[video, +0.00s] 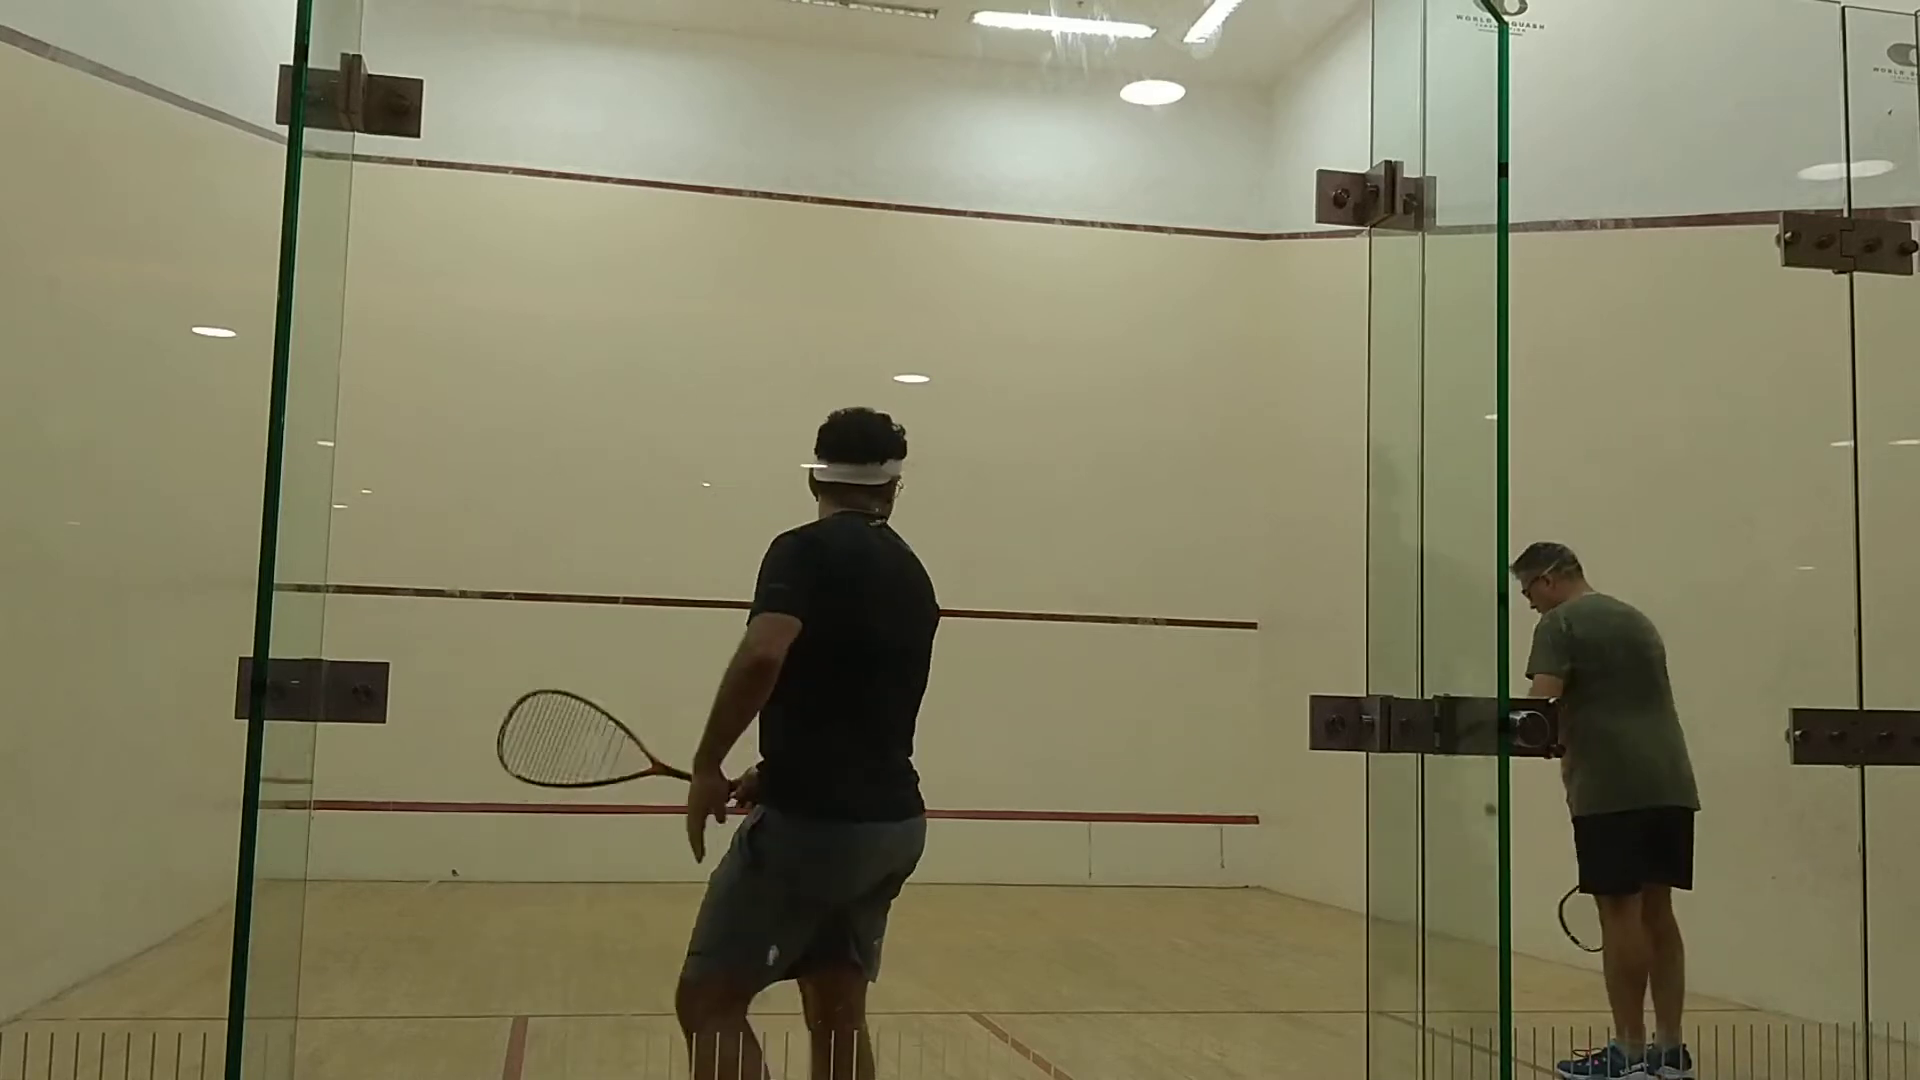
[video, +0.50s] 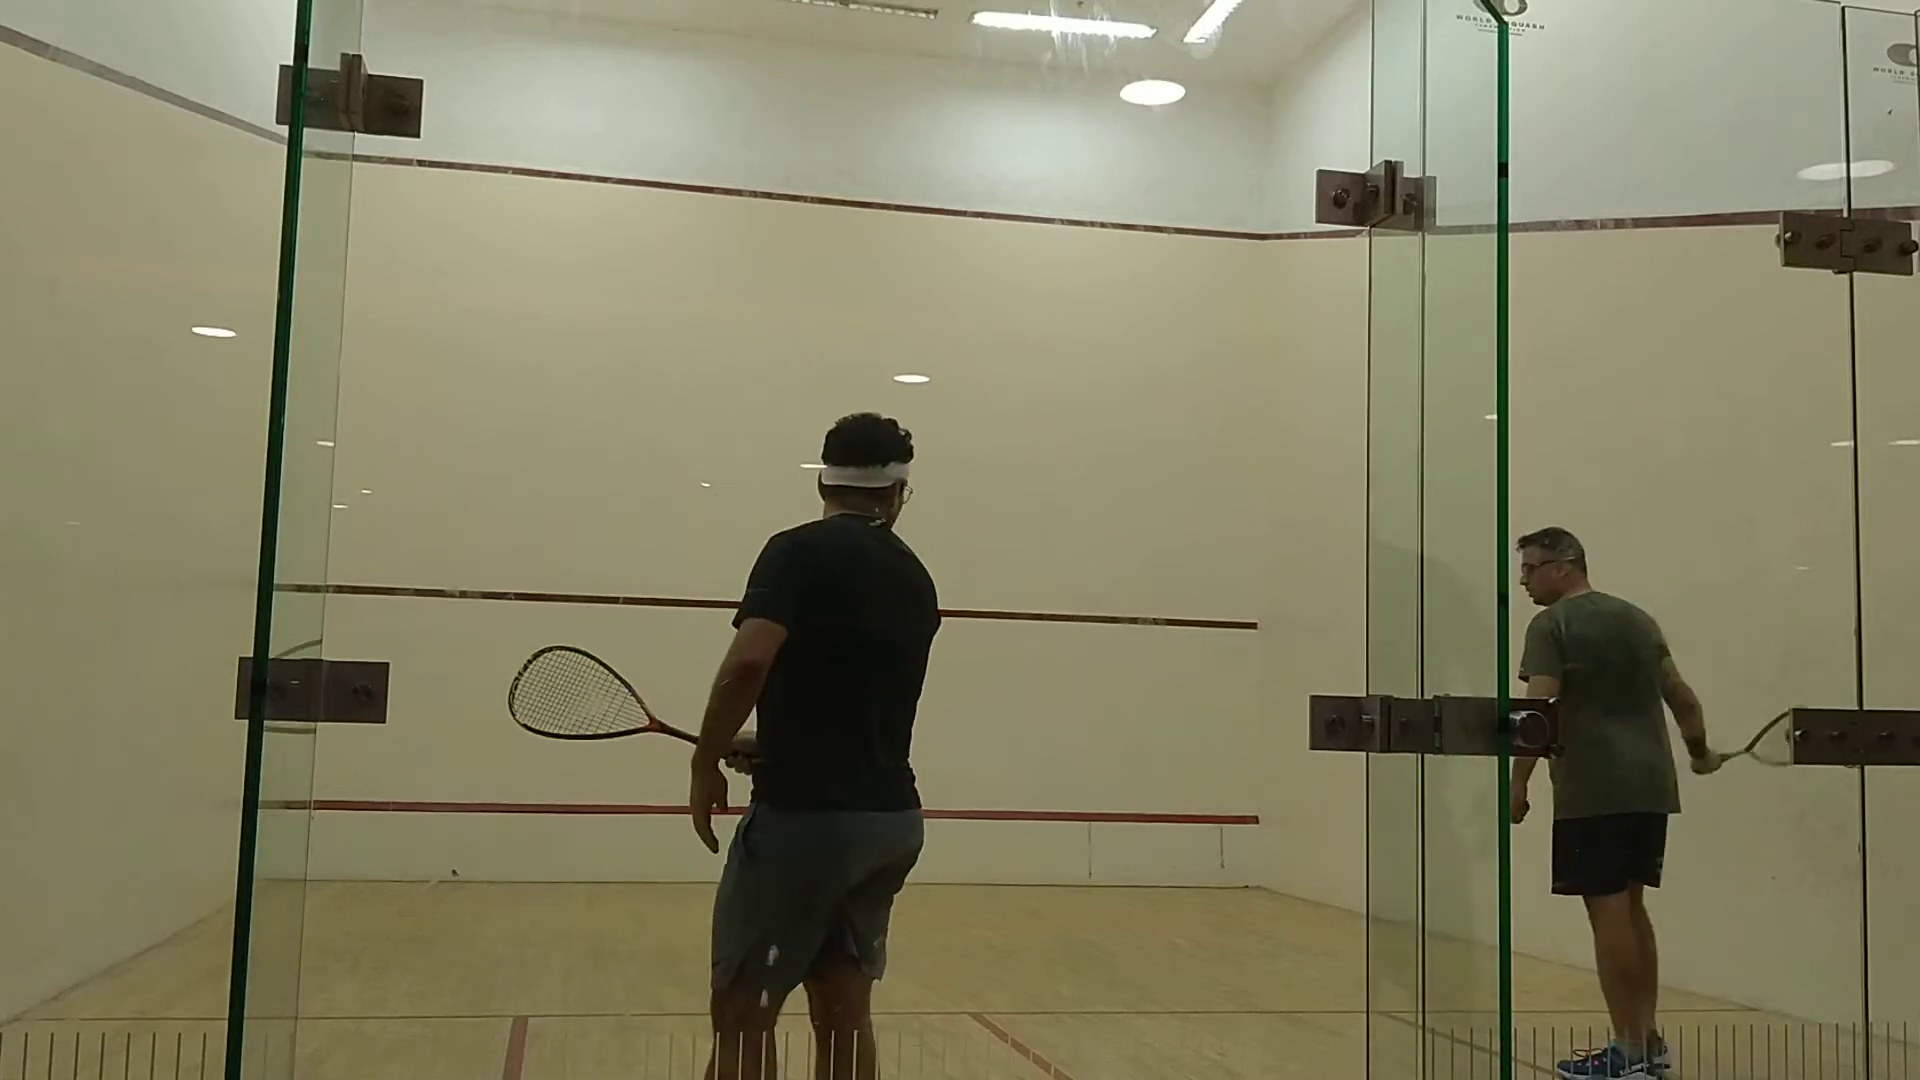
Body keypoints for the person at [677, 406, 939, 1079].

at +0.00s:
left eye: (823, 476)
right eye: (891, 480)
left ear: (817, 480)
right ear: (894, 488)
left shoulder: (800, 551)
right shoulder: (911, 574)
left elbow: (762, 658)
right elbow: (874, 707)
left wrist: (708, 762)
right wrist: (773, 773)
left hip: (805, 826)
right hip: (891, 825)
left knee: (707, 1002)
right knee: (836, 1004)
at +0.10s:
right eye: (899, 482)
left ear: (823, 480)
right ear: (901, 488)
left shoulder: (804, 550)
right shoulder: (918, 578)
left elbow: (737, 647)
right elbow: (883, 715)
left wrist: (685, 749)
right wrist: (781, 764)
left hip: (807, 826)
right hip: (893, 825)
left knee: (710, 1002)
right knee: (839, 1000)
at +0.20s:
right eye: (905, 488)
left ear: (827, 483)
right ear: (904, 492)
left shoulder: (804, 548)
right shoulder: (921, 578)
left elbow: (731, 643)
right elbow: (885, 712)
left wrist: (680, 741)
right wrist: (784, 756)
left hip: (803, 826)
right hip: (893, 824)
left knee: (734, 1008)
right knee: (844, 1004)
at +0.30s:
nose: (909, 500)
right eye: (910, 489)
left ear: (829, 484)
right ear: (906, 493)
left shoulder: (800, 549)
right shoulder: (921, 580)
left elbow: (737, 653)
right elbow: (881, 710)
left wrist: (686, 748)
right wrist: (777, 751)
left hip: (801, 825)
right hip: (894, 823)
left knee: (748, 1015)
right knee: (846, 1006)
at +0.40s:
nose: (903, 500)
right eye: (905, 489)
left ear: (828, 483)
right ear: (904, 493)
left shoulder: (797, 549)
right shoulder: (919, 579)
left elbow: (744, 660)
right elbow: (877, 707)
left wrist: (698, 752)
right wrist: (774, 747)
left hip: (800, 823)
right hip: (894, 822)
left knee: (747, 1012)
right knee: (846, 1001)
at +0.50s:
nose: (899, 499)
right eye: (901, 489)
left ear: (824, 483)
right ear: (900, 492)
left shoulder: (794, 553)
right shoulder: (916, 579)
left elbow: (747, 666)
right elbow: (874, 706)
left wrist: (706, 758)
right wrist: (770, 742)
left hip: (797, 824)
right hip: (890, 823)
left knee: (742, 1014)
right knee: (843, 1007)